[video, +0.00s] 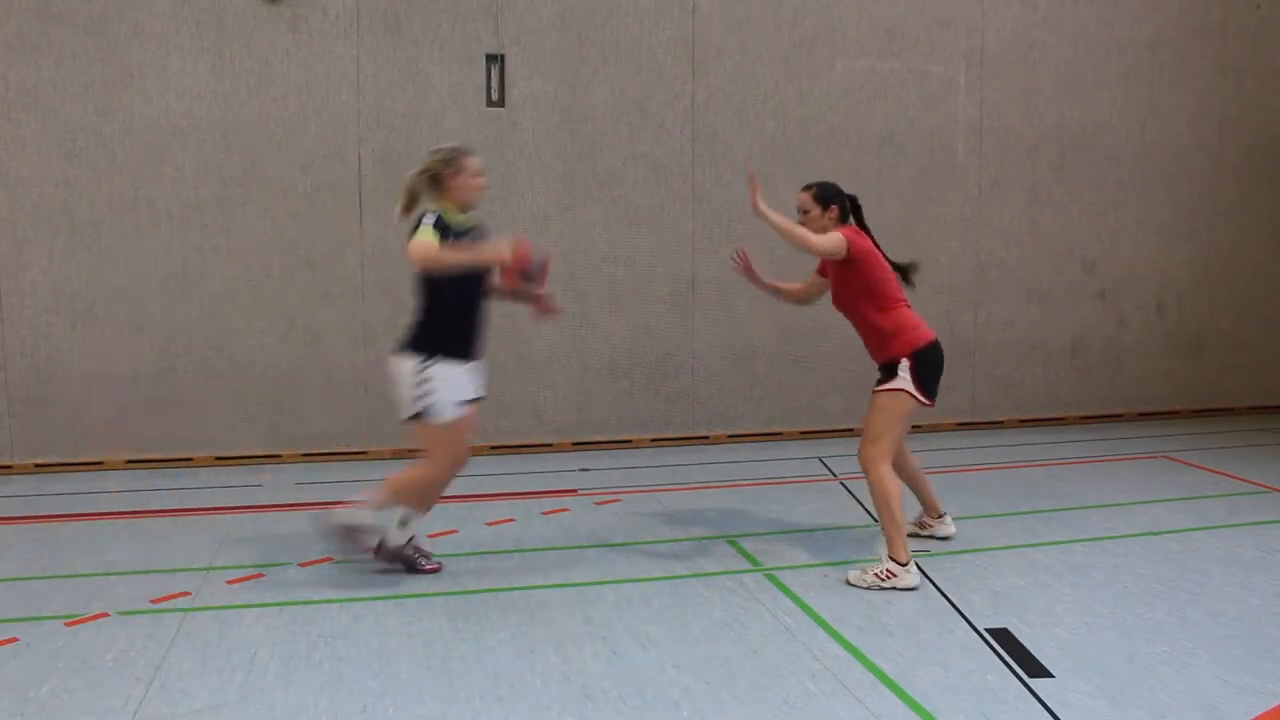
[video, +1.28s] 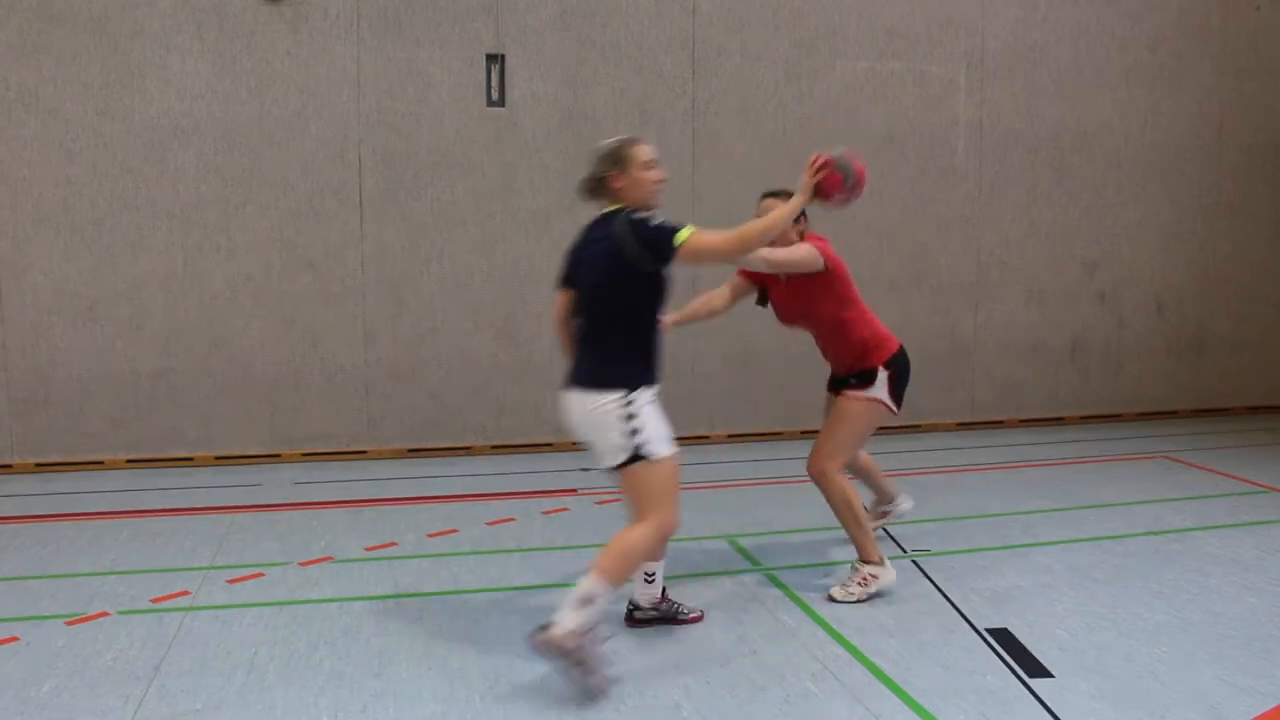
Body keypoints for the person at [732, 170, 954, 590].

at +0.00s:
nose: (799, 221)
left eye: (804, 212)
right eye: (797, 213)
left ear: (831, 211)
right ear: (828, 214)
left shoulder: (849, 238)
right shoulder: (836, 256)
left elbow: (814, 242)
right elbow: (803, 294)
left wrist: (764, 213)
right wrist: (759, 281)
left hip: (912, 358)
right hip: (900, 360)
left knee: (873, 455)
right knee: (883, 442)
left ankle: (899, 563)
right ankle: (935, 516)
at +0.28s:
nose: (793, 230)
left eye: (799, 222)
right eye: (792, 224)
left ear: (825, 220)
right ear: (817, 223)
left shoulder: (837, 243)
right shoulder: (817, 268)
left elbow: (775, 257)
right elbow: (775, 316)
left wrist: (713, 241)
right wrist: (717, 319)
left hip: (907, 360)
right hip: (888, 365)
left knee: (861, 456)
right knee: (872, 448)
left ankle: (880, 571)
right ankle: (921, 512)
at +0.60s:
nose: (788, 256)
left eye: (797, 250)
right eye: (788, 250)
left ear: (821, 258)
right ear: (790, 258)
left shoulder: (825, 278)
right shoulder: (808, 300)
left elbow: (800, 296)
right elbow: (805, 365)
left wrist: (761, 270)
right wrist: (765, 336)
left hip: (880, 402)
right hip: (870, 404)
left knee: (823, 478)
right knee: (860, 485)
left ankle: (877, 576)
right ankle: (931, 517)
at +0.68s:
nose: (794, 256)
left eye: (804, 250)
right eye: (793, 250)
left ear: (826, 259)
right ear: (793, 258)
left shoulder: (830, 281)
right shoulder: (801, 303)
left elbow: (812, 300)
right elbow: (802, 365)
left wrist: (775, 272)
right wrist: (763, 322)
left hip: (880, 405)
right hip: (865, 407)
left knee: (820, 479)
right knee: (866, 492)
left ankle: (876, 576)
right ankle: (933, 517)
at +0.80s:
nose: (798, 257)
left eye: (808, 251)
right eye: (794, 251)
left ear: (826, 260)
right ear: (788, 257)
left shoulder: (833, 283)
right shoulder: (786, 300)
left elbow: (827, 299)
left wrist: (777, 273)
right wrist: (729, 287)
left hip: (884, 405)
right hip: (857, 411)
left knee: (826, 474)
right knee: (872, 491)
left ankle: (875, 574)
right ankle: (938, 516)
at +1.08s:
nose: (775, 265)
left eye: (783, 256)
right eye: (768, 259)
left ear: (801, 260)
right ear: (761, 266)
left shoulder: (823, 285)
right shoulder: (765, 308)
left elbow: (800, 301)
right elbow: (733, 358)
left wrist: (747, 266)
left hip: (884, 393)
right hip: (852, 402)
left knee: (822, 478)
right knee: (883, 460)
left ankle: (875, 571)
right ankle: (928, 497)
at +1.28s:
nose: (769, 232)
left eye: (777, 225)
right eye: (764, 226)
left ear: (800, 225)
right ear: (756, 230)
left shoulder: (817, 251)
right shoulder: (759, 269)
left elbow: (773, 259)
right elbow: (721, 298)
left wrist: (731, 248)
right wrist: (673, 319)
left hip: (878, 364)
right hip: (846, 369)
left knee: (824, 467)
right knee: (840, 448)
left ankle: (874, 566)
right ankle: (889, 497)